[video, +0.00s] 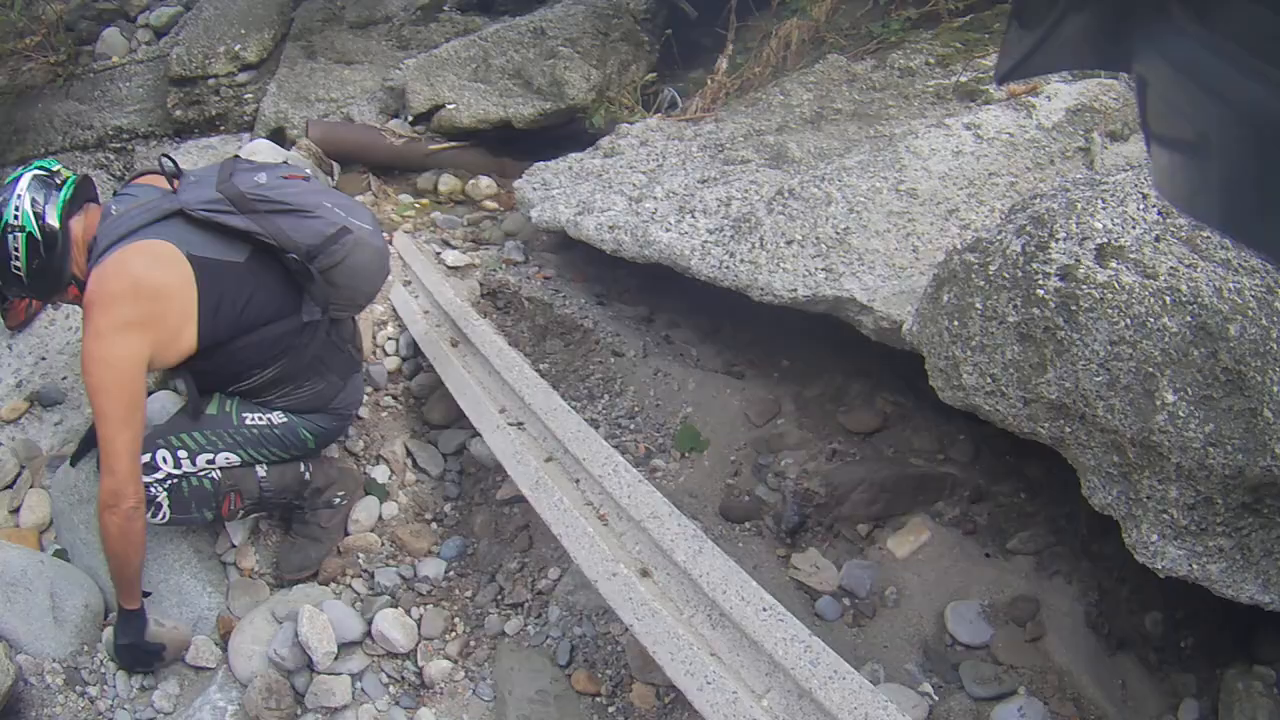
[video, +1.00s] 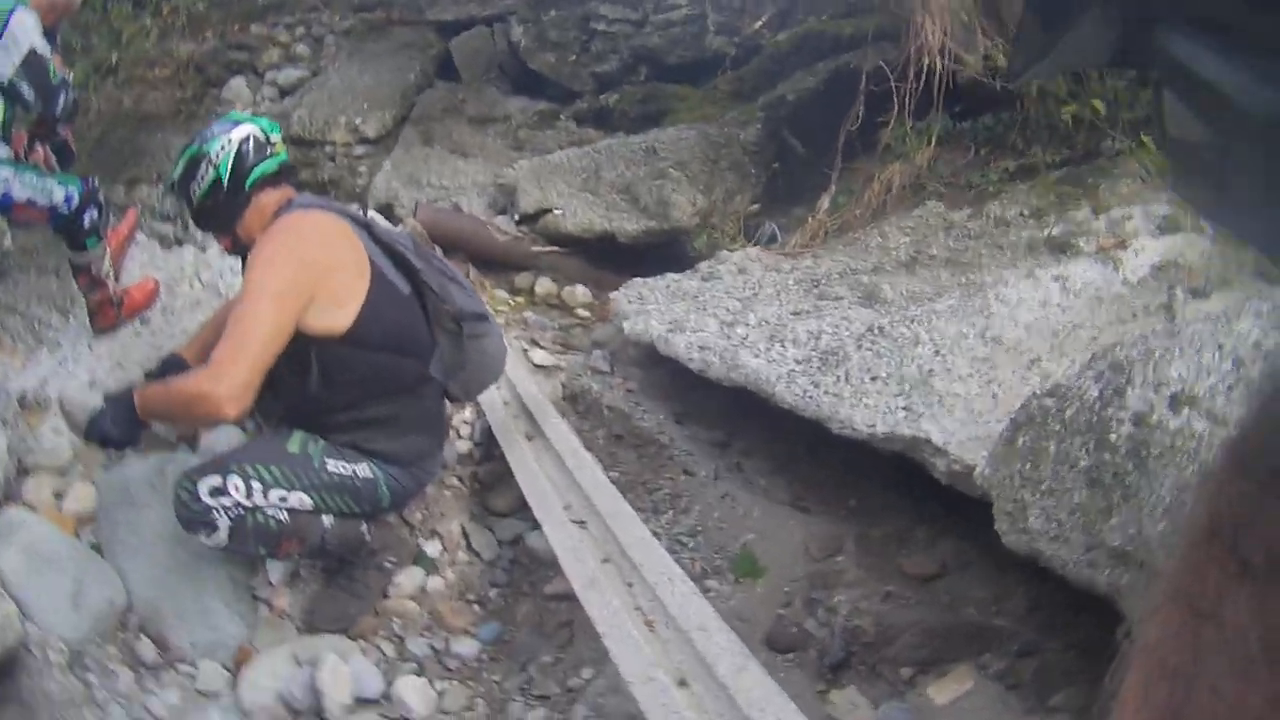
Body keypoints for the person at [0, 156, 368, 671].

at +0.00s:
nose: (49, 297)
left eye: (36, 284)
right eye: (33, 289)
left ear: (44, 254)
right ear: (78, 204)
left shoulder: (114, 308)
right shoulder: (147, 186)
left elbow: (122, 495)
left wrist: (130, 611)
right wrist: (115, 412)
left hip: (308, 407)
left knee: (136, 487)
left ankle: (317, 484)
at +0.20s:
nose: (76, 335)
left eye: (67, 324)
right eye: (66, 331)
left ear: (69, 294)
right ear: (93, 240)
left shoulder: (142, 338)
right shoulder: (163, 220)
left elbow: (188, 520)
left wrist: (196, 637)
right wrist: (147, 443)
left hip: (332, 431)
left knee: (187, 512)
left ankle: (344, 508)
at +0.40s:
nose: (168, 388)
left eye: (158, 375)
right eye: (155, 379)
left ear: (176, 350)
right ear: (204, 299)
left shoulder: (266, 393)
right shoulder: (275, 281)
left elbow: (337, 553)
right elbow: (274, 409)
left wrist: (330, 658)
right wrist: (259, 500)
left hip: (456, 474)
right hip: (456, 400)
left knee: (296, 559)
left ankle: (465, 546)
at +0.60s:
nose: (219, 390)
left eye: (207, 377)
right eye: (207, 381)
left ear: (214, 358)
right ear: (249, 304)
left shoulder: (286, 393)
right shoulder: (308, 311)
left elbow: (329, 562)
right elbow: (274, 441)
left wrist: (287, 658)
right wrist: (255, 531)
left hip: (460, 523)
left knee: (288, 584)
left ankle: (460, 603)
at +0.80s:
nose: (271, 405)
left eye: (262, 390)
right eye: (258, 395)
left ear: (270, 362)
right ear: (309, 328)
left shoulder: (335, 404)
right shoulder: (352, 357)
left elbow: (323, 563)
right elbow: (297, 456)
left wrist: (237, 629)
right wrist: (252, 539)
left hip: (481, 576)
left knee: (303, 622)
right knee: (313, 475)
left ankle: (472, 650)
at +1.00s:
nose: (216, 240)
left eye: (210, 222)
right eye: (207, 226)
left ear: (230, 200)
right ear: (266, 180)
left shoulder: (292, 245)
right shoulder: (305, 221)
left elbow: (224, 396)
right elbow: (245, 310)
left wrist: (135, 406)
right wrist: (177, 367)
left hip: (380, 458)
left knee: (204, 501)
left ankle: (363, 542)